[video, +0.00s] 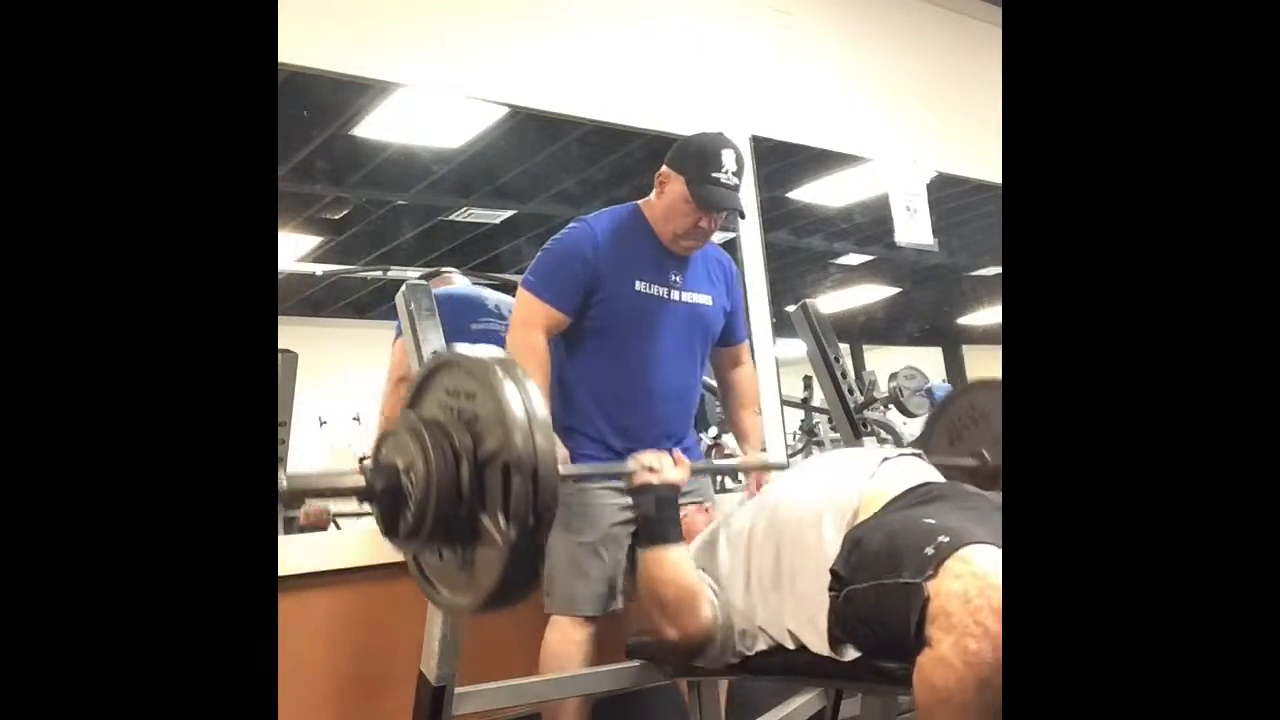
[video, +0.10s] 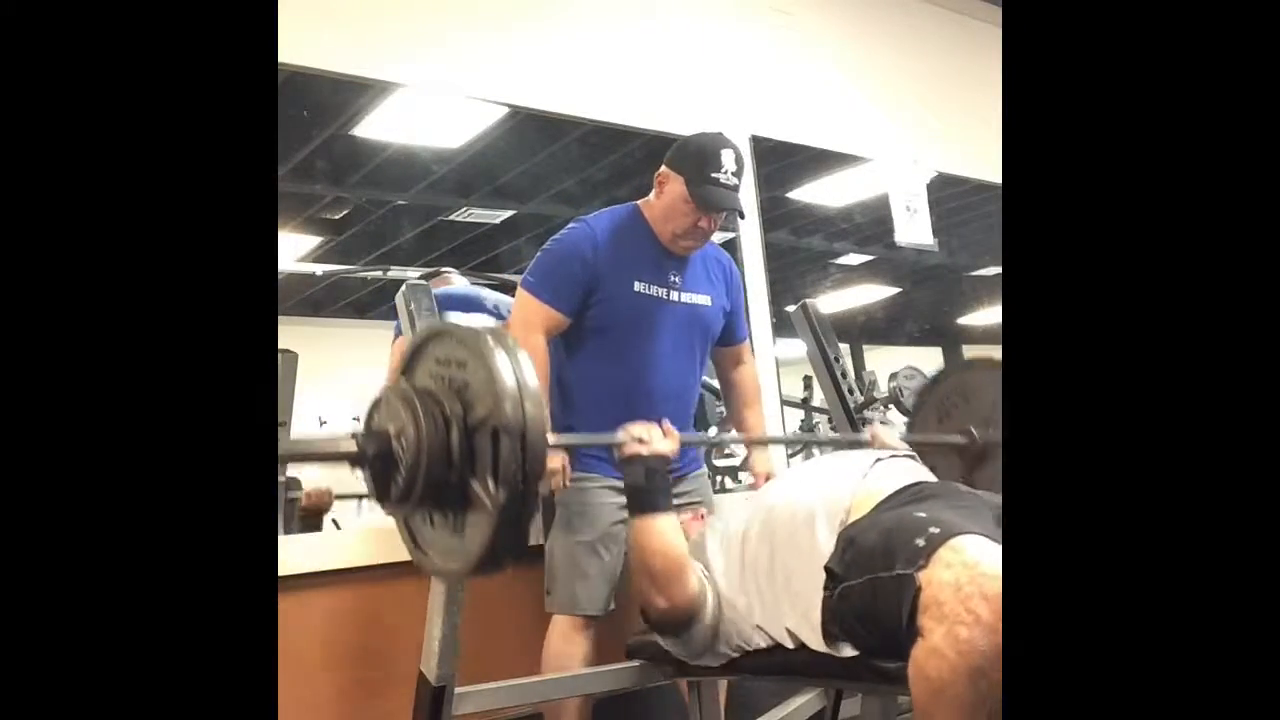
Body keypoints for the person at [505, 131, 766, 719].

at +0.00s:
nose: (710, 223)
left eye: (722, 213)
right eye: (701, 205)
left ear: (731, 210)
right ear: (664, 183)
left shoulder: (721, 271)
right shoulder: (589, 243)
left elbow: (736, 366)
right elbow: (527, 332)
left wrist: (752, 451)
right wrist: (538, 437)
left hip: (679, 471)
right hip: (591, 468)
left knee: (694, 622)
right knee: (575, 618)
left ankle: (701, 719)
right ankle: (561, 718)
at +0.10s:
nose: (709, 222)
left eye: (720, 213)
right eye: (700, 205)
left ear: (730, 212)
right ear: (662, 183)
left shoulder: (721, 270)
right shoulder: (588, 244)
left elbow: (738, 365)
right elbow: (525, 333)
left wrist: (759, 452)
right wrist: (542, 439)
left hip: (681, 473)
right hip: (593, 469)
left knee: (699, 618)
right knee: (577, 617)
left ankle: (711, 719)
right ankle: (564, 717)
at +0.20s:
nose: (706, 223)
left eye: (718, 213)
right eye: (697, 205)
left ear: (728, 212)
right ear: (659, 183)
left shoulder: (715, 269)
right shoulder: (585, 244)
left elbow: (734, 364)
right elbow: (523, 332)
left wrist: (758, 447)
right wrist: (538, 437)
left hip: (676, 466)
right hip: (589, 465)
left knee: (699, 611)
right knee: (575, 619)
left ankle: (709, 716)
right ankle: (563, 717)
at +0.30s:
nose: (703, 224)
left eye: (714, 213)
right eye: (694, 206)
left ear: (724, 212)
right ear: (655, 183)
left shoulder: (710, 268)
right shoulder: (582, 243)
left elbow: (727, 364)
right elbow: (521, 334)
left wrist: (752, 448)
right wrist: (535, 437)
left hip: (671, 467)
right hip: (586, 466)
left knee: (684, 607)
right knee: (573, 617)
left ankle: (682, 713)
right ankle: (562, 717)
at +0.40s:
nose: (700, 223)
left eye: (711, 213)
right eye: (691, 205)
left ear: (720, 211)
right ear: (653, 182)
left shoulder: (706, 268)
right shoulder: (580, 242)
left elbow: (719, 362)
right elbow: (520, 333)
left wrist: (740, 447)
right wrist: (535, 437)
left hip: (665, 469)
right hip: (582, 465)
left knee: (652, 608)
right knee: (572, 618)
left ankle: (632, 712)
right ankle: (562, 717)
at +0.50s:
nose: (699, 224)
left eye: (709, 215)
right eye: (689, 207)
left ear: (717, 212)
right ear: (651, 182)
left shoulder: (705, 268)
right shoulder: (576, 242)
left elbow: (715, 366)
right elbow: (517, 336)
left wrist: (731, 456)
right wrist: (536, 440)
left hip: (662, 471)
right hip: (580, 469)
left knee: (658, 617)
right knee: (569, 621)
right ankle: (563, 718)